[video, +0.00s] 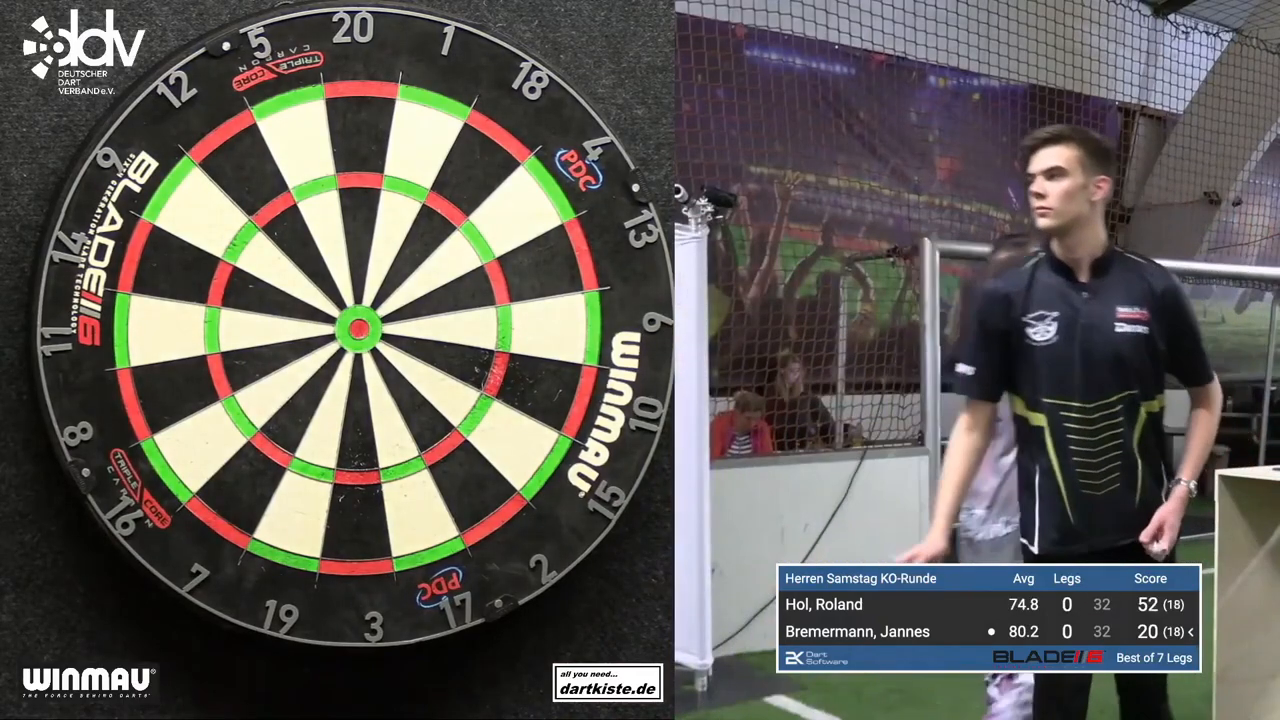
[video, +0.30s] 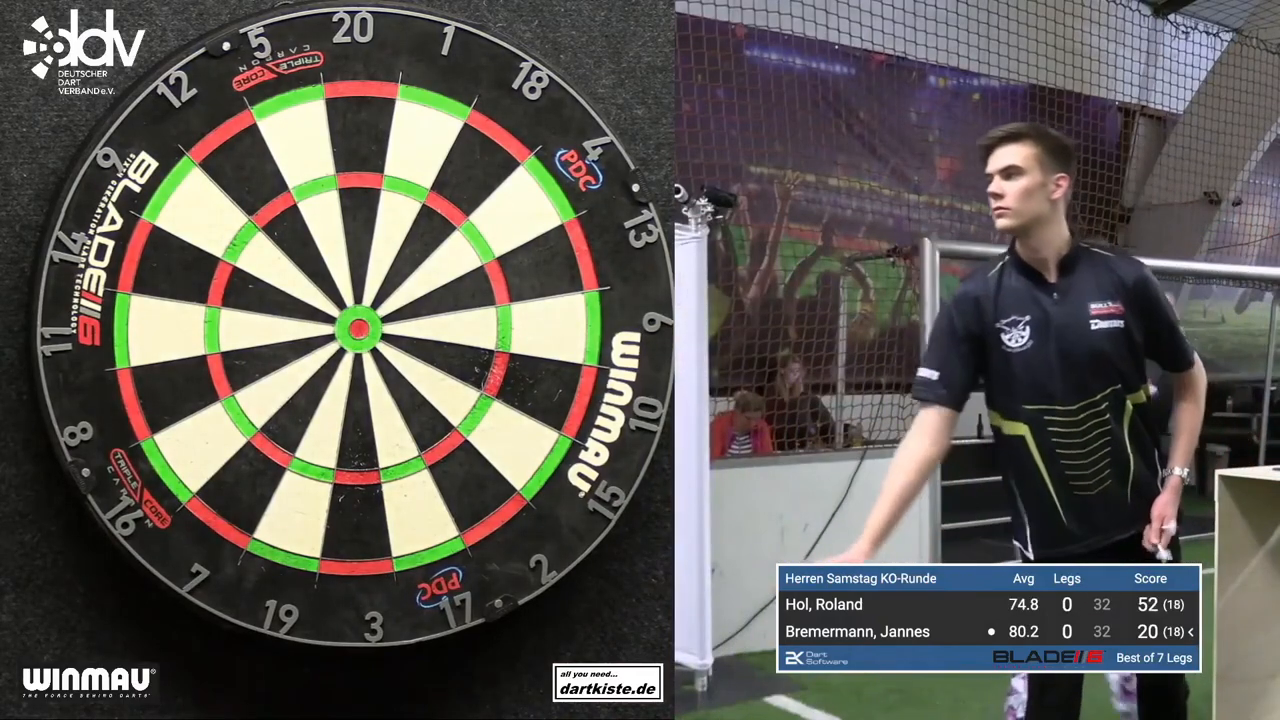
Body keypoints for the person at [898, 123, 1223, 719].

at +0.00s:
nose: (1036, 190)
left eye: (1053, 176)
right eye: (1031, 180)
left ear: (1100, 188)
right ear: (1027, 193)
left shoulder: (1154, 289)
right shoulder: (1007, 296)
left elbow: (1207, 397)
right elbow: (974, 424)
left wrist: (1180, 495)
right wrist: (939, 530)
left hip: (1141, 534)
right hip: (1052, 538)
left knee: (1147, 698)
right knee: (1058, 702)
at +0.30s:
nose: (993, 189)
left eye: (1011, 175)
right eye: (990, 179)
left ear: (1059, 185)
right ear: (987, 192)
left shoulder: (1124, 281)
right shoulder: (974, 306)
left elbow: (1190, 381)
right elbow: (929, 432)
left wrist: (1174, 483)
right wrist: (865, 546)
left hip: (1137, 534)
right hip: (1045, 546)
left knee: (1159, 695)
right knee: (1046, 703)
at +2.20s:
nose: (970, 194)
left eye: (987, 178)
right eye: (967, 184)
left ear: (1037, 189)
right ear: (967, 199)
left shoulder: (1108, 284)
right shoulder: (960, 295)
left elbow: (1174, 382)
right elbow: (864, 364)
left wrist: (1156, 488)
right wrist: (753, 445)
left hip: (1128, 521)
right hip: (1037, 539)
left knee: (1155, 682)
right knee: (1046, 693)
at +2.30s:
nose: (967, 197)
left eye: (985, 181)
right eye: (964, 187)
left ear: (1035, 191)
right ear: (965, 202)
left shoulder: (1108, 285)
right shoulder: (960, 307)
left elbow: (1172, 387)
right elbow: (902, 417)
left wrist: (1153, 491)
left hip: (1128, 524)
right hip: (1037, 544)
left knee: (1150, 678)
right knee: (1052, 695)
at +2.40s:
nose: (958, 203)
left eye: (976, 186)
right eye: (956, 192)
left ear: (1025, 197)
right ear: (955, 207)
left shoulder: (1098, 293)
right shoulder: (948, 319)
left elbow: (1162, 391)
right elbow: (927, 460)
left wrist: (1131, 482)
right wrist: (910, 582)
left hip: (1112, 529)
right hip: (1024, 546)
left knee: (1144, 683)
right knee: (1055, 698)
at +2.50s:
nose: (948, 204)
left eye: (966, 188)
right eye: (946, 193)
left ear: (1016, 199)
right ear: (945, 206)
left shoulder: (1089, 297)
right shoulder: (936, 319)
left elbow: (1152, 397)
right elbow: (935, 464)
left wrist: (1101, 464)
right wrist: (939, 583)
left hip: (1102, 546)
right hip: (1008, 560)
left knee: (1147, 701)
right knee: (1044, 710)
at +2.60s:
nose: (928, 203)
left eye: (946, 188)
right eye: (925, 192)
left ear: (997, 200)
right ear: (923, 206)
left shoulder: (1070, 302)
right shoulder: (913, 322)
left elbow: (1132, 419)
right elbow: (926, 463)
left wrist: (1062, 489)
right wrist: (940, 577)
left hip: (1086, 554)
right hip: (989, 563)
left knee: (1107, 707)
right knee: (1023, 711)